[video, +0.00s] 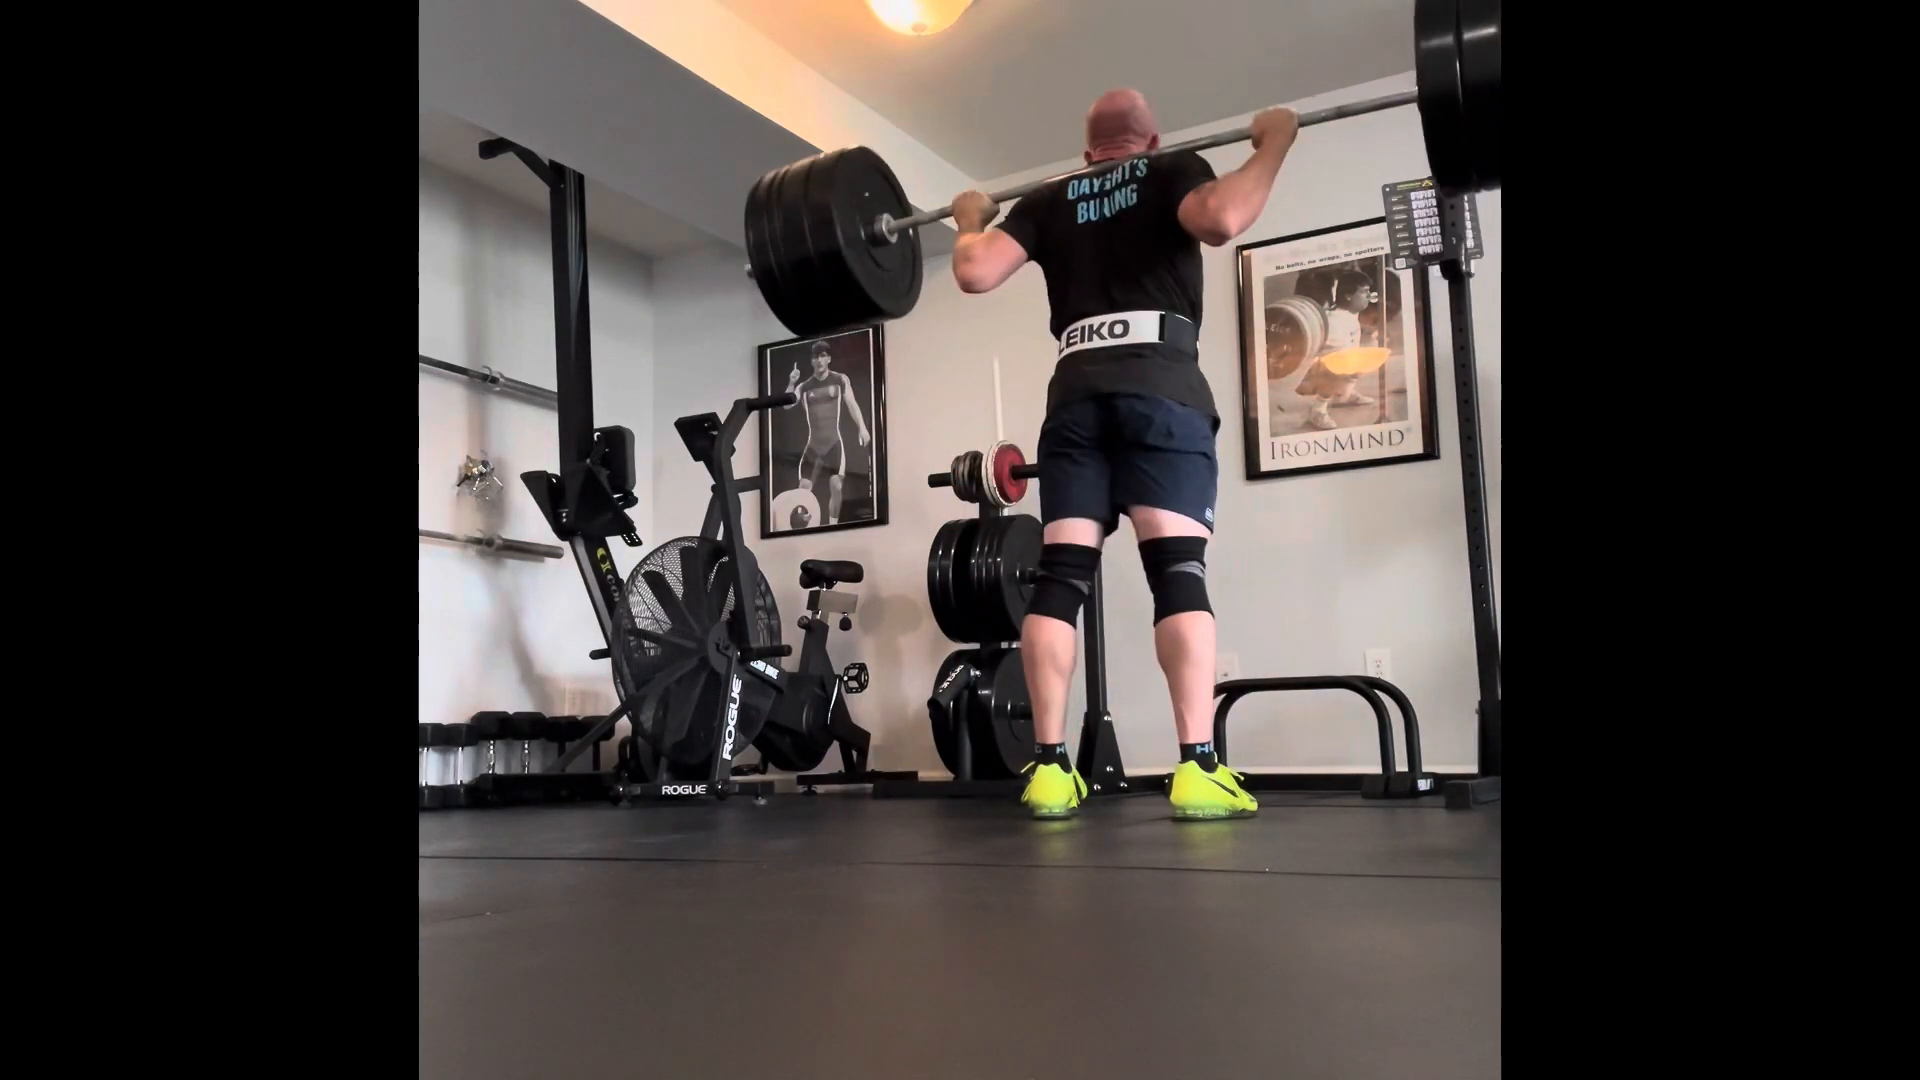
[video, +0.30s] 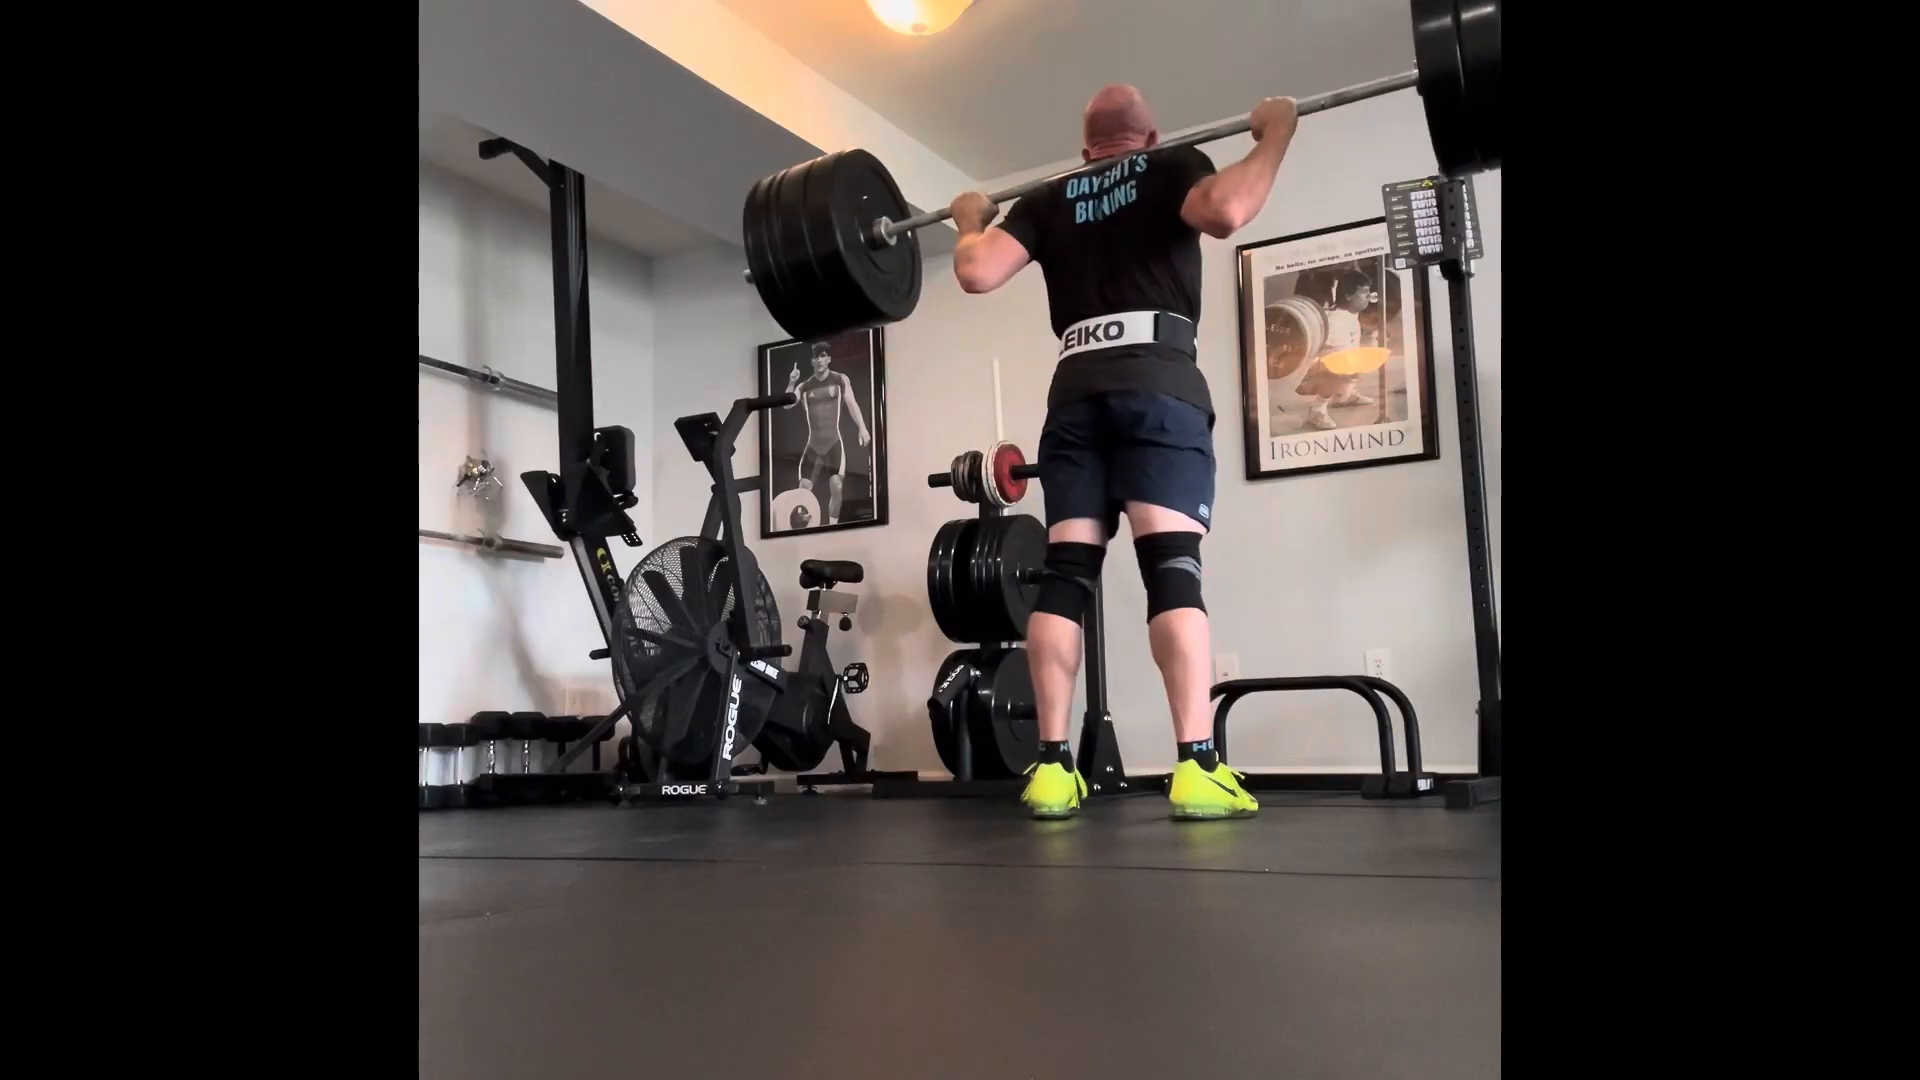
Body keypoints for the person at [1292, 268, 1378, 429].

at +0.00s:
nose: (1368, 296)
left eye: (1368, 292)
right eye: (1364, 292)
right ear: (1348, 296)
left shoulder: (1353, 317)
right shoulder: (1336, 318)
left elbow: (1353, 348)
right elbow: (1328, 353)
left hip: (1345, 362)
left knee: (1359, 364)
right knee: (1337, 372)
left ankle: (1346, 394)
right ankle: (1318, 410)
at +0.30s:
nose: (1369, 297)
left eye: (1368, 293)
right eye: (1364, 293)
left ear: (1350, 297)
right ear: (1348, 296)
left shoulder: (1353, 317)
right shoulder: (1336, 320)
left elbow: (1352, 352)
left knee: (1355, 361)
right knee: (1339, 367)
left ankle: (1345, 395)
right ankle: (1318, 409)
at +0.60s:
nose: (1369, 298)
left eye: (1368, 293)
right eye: (1364, 293)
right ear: (1348, 296)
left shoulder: (1353, 318)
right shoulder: (1335, 320)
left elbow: (1352, 352)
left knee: (1355, 361)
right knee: (1338, 367)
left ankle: (1345, 394)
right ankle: (1318, 409)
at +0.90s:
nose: (1369, 297)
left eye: (1368, 293)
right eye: (1365, 293)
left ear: (1350, 297)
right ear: (1348, 296)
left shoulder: (1353, 318)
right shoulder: (1336, 320)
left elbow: (1352, 352)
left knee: (1355, 361)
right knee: (1338, 368)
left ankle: (1345, 394)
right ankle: (1318, 409)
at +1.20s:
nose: (1369, 297)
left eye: (1368, 293)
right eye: (1364, 293)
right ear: (1348, 296)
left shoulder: (1353, 318)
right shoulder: (1335, 319)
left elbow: (1352, 351)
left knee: (1357, 362)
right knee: (1338, 368)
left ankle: (1345, 394)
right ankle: (1318, 410)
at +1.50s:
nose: (1369, 297)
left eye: (1368, 293)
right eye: (1364, 293)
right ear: (1348, 296)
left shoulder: (1353, 317)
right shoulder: (1335, 319)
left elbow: (1351, 351)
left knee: (1357, 362)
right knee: (1339, 368)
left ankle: (1345, 394)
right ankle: (1318, 410)